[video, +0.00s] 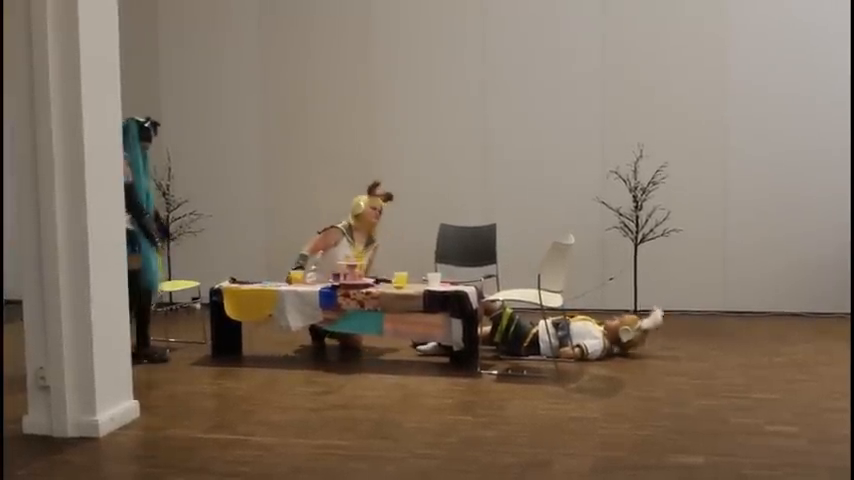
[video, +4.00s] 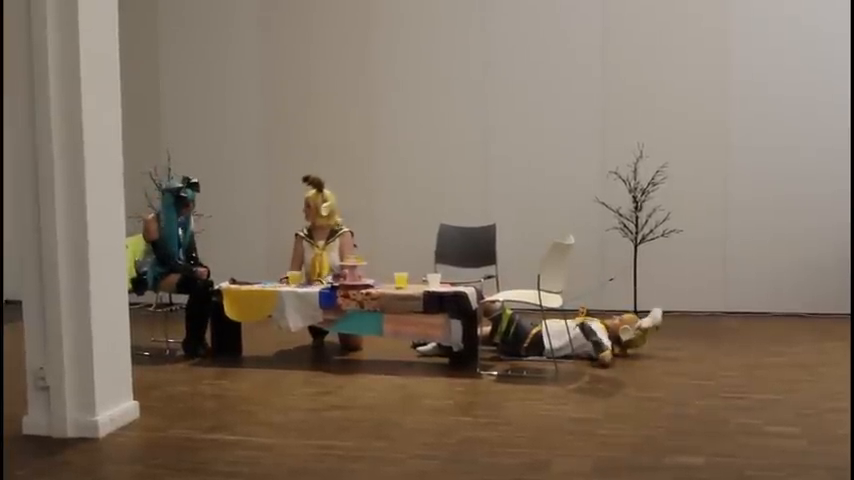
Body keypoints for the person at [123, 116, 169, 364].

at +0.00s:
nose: (150, 145)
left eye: (151, 140)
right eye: (147, 139)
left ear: (139, 137)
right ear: (137, 138)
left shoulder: (138, 161)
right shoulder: (127, 161)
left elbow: (145, 199)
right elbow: (134, 204)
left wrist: (160, 224)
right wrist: (154, 234)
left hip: (139, 235)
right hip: (131, 236)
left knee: (142, 291)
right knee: (143, 290)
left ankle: (142, 344)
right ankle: (143, 345)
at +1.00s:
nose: (189, 142)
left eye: (191, 138)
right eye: (185, 138)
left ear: (193, 139)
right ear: (174, 137)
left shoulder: (188, 161)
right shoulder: (160, 163)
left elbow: (198, 197)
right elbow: (161, 203)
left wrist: (212, 221)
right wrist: (179, 231)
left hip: (191, 229)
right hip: (171, 231)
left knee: (194, 283)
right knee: (187, 282)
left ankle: (190, 337)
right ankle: (179, 337)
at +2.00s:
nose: (177, 204)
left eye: (179, 201)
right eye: (174, 201)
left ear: (179, 199)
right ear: (164, 198)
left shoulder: (174, 216)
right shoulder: (148, 217)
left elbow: (183, 243)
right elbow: (136, 253)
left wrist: (178, 259)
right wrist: (163, 261)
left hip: (174, 268)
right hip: (155, 272)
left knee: (207, 290)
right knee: (193, 291)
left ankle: (190, 338)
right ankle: (178, 341)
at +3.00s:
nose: (183, 199)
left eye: (184, 195)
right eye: (179, 194)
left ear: (184, 196)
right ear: (168, 195)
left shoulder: (182, 215)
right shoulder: (151, 217)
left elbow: (188, 250)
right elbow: (162, 254)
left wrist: (199, 265)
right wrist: (191, 269)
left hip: (178, 266)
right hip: (157, 270)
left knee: (206, 284)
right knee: (199, 285)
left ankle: (199, 337)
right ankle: (192, 340)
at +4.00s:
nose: (189, 208)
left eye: (190, 204)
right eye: (186, 204)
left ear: (190, 205)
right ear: (175, 203)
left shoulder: (185, 222)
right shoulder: (154, 222)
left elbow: (191, 254)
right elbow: (164, 260)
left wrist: (199, 268)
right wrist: (192, 271)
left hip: (179, 270)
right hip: (158, 273)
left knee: (206, 285)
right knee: (198, 286)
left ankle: (199, 340)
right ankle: (192, 343)